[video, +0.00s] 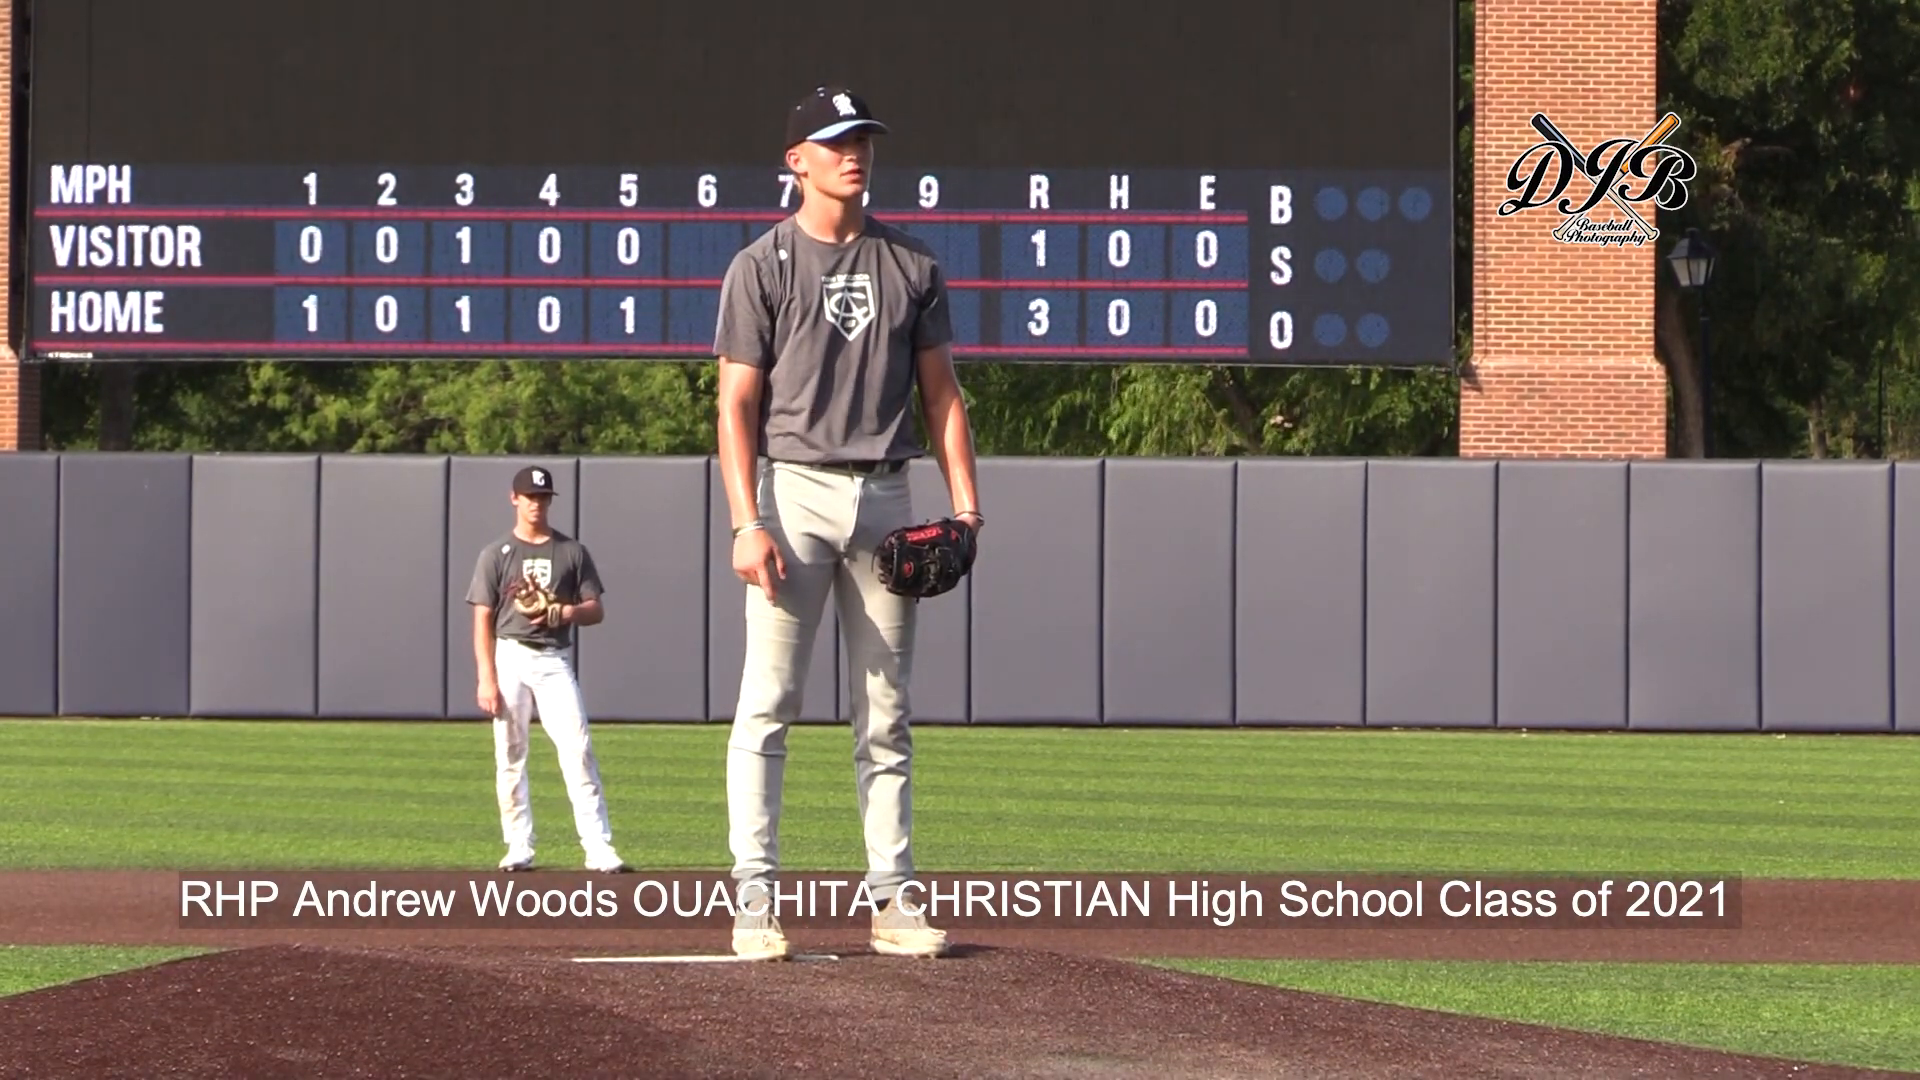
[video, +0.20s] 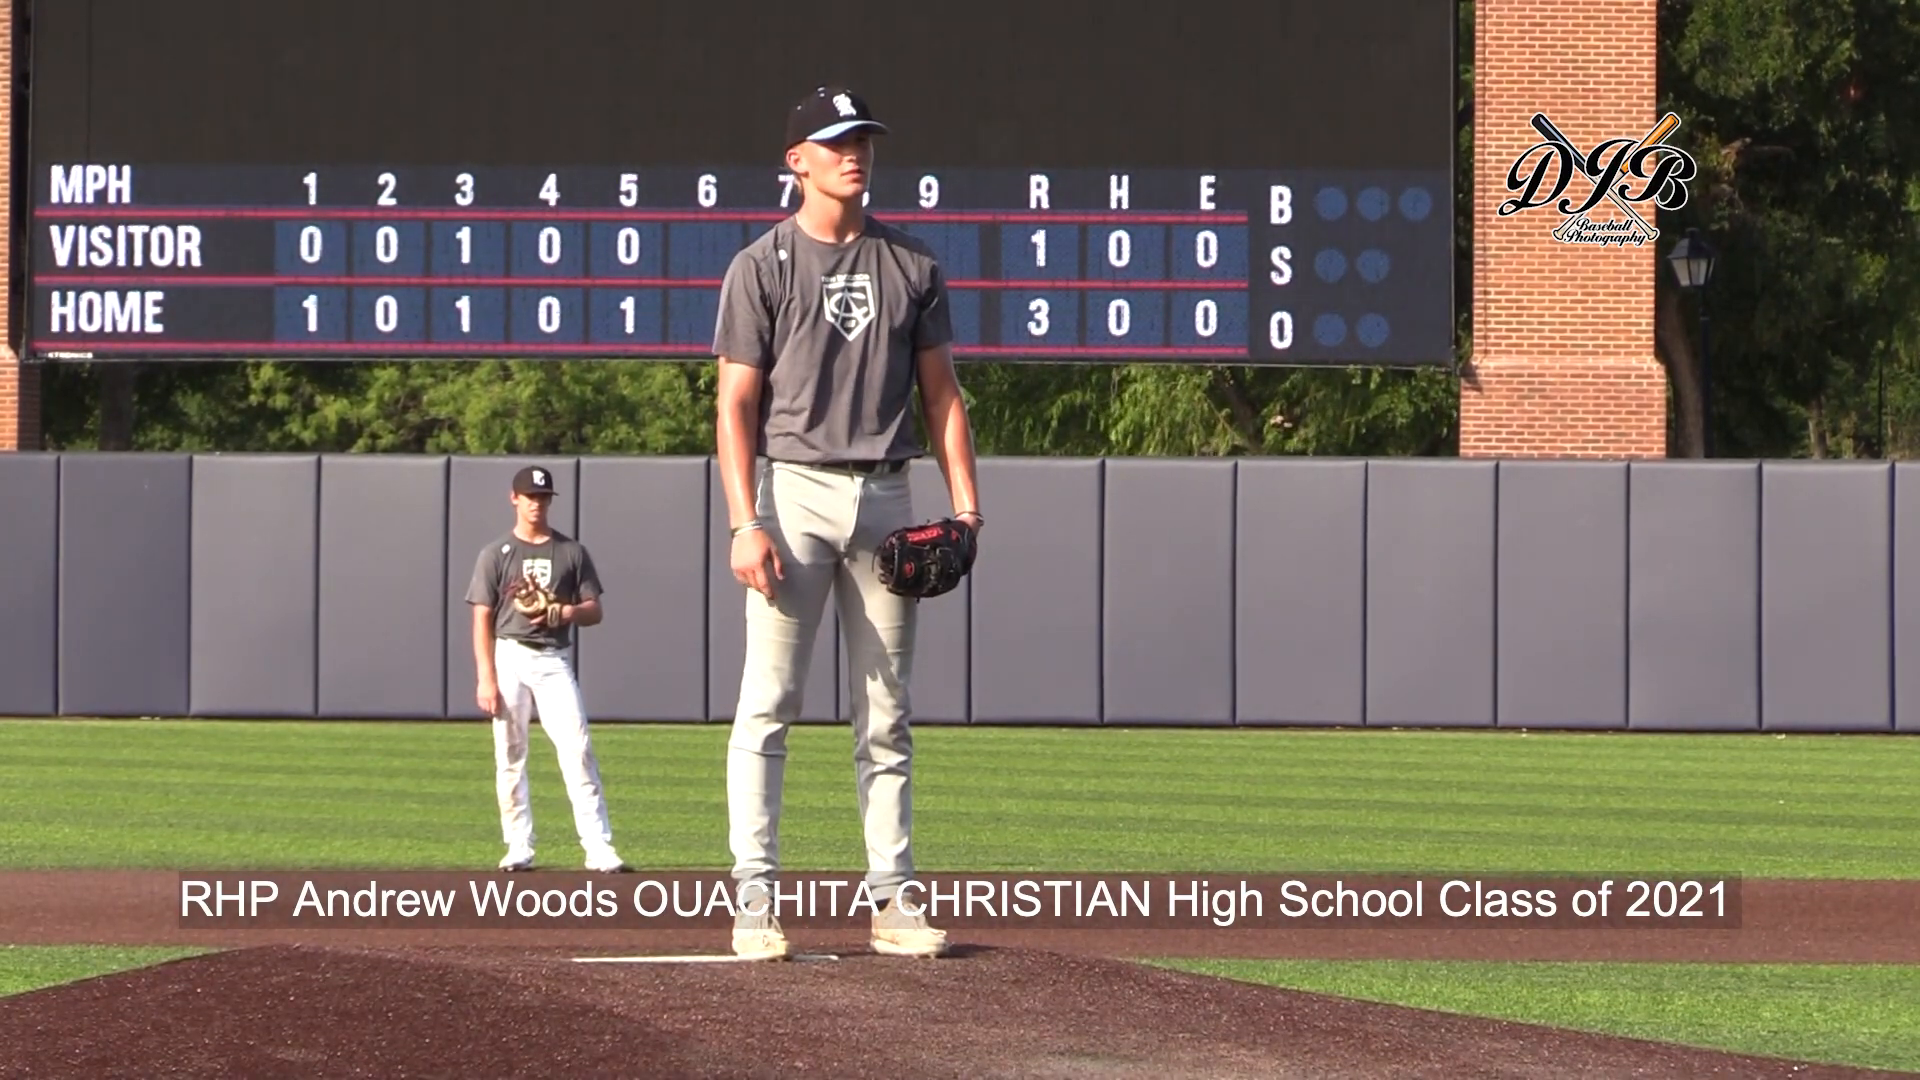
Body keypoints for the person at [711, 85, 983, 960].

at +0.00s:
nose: (854, 159)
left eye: (862, 145)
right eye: (837, 146)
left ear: (872, 158)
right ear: (799, 160)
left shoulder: (911, 267)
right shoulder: (759, 267)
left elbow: (943, 394)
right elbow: (734, 405)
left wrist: (965, 508)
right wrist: (746, 522)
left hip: (887, 497)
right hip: (790, 493)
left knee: (886, 711)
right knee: (768, 705)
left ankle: (892, 897)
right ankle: (755, 895)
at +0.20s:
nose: (854, 158)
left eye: (862, 145)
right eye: (838, 147)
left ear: (872, 158)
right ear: (799, 160)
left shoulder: (911, 267)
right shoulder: (759, 267)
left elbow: (943, 394)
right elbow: (733, 405)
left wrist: (965, 506)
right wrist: (745, 522)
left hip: (888, 497)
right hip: (791, 493)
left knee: (887, 712)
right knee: (768, 705)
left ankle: (893, 897)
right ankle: (755, 895)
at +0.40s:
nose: (854, 159)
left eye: (861, 146)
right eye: (837, 147)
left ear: (872, 158)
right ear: (799, 161)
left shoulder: (912, 267)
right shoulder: (759, 268)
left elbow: (943, 394)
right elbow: (733, 407)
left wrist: (965, 507)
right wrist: (744, 523)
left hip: (888, 497)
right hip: (792, 493)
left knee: (887, 712)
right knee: (769, 704)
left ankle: (893, 897)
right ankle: (755, 895)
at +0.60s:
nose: (853, 159)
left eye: (861, 146)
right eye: (836, 146)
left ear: (872, 158)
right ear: (798, 161)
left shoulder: (912, 267)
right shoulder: (759, 268)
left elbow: (944, 394)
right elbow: (733, 408)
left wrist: (965, 509)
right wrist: (745, 524)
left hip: (888, 497)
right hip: (791, 493)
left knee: (887, 711)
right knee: (769, 704)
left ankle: (893, 897)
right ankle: (755, 895)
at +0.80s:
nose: (853, 158)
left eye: (861, 145)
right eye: (836, 146)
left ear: (872, 158)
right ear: (798, 160)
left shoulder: (912, 267)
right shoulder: (759, 268)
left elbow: (944, 394)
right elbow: (733, 408)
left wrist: (966, 509)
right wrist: (746, 524)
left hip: (888, 497)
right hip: (792, 493)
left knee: (887, 711)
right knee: (769, 704)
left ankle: (893, 897)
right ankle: (755, 895)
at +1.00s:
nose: (852, 159)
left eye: (860, 145)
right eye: (835, 146)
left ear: (872, 158)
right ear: (798, 160)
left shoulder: (912, 267)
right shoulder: (759, 268)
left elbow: (944, 395)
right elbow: (733, 408)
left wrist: (965, 510)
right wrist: (745, 524)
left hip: (888, 497)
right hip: (792, 493)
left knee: (887, 712)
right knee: (769, 704)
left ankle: (893, 897)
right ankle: (755, 895)